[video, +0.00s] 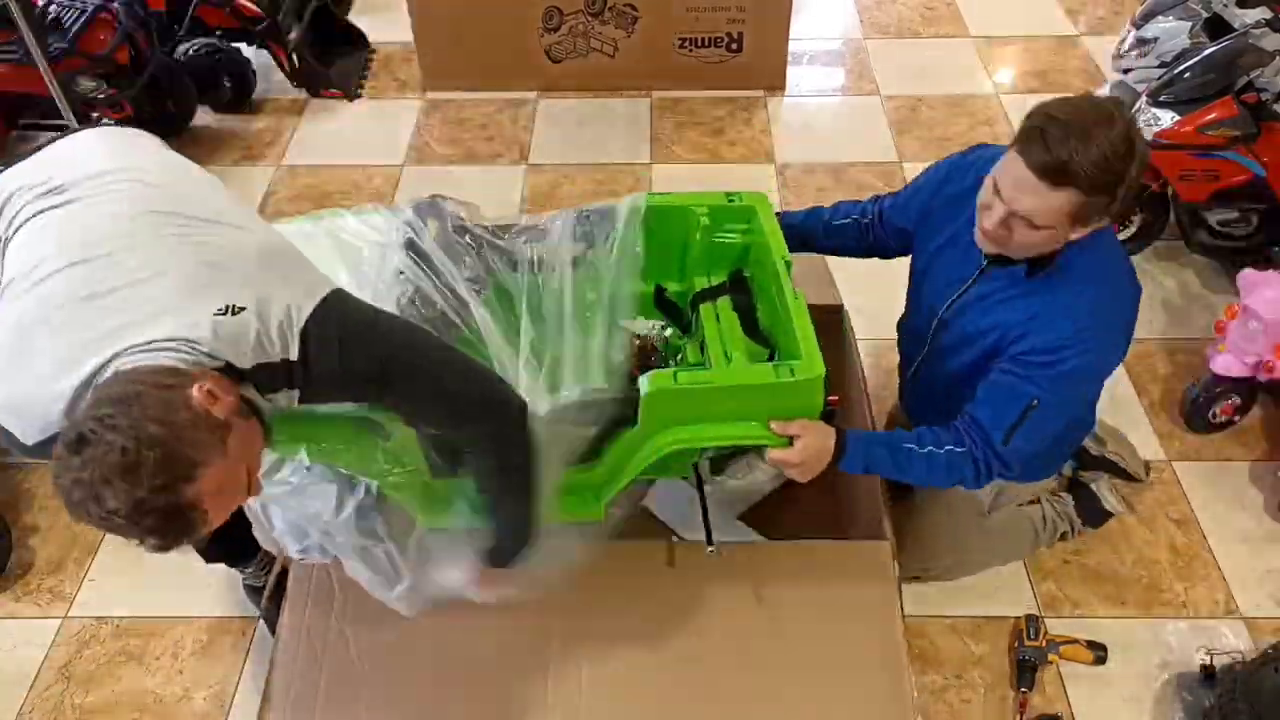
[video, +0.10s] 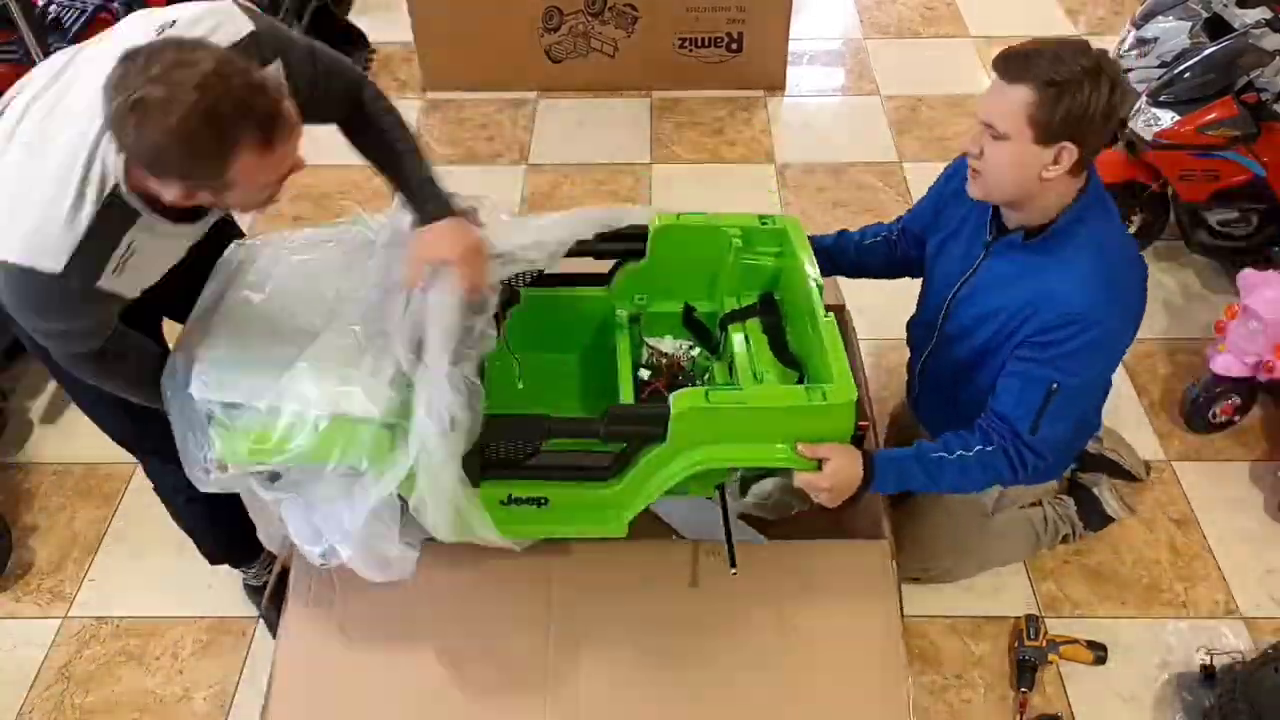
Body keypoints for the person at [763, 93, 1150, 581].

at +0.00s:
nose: (992, 219)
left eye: (1024, 222)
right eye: (996, 190)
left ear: (1083, 228)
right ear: (1005, 156)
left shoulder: (1081, 321)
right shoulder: (974, 172)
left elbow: (980, 449)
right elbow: (878, 224)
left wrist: (841, 450)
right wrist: (768, 232)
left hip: (995, 453)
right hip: (924, 392)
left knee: (913, 555)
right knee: (891, 486)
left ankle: (1073, 507)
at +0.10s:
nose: (970, 146)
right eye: (978, 127)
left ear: (1058, 160)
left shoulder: (1090, 297)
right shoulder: (976, 179)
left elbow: (1013, 449)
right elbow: (908, 243)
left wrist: (870, 470)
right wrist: (801, 253)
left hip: (998, 451)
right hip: (929, 396)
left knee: (915, 557)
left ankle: (1077, 506)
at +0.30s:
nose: (962, 103)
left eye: (982, 92)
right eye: (970, 85)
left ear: (1042, 115)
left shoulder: (1087, 263)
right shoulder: (972, 153)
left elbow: (1058, 411)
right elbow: (942, 245)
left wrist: (932, 448)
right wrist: (852, 238)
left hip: (992, 421)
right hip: (915, 358)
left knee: (918, 555)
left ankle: (1078, 505)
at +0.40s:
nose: (950, 109)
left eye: (974, 98)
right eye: (953, 88)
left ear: (1038, 114)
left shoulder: (1075, 248)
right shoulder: (969, 148)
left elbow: (1049, 401)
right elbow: (937, 243)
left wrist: (923, 429)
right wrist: (848, 236)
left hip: (996, 420)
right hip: (924, 365)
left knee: (918, 554)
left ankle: (1080, 512)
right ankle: (1046, 449)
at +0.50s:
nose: (945, 109)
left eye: (968, 98)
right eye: (949, 88)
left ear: (1032, 113)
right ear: (948, 70)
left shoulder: (1069, 244)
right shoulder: (966, 143)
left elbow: (1050, 398)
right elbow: (940, 245)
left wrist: (924, 430)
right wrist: (854, 242)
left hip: (997, 418)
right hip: (923, 362)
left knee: (920, 556)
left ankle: (1079, 514)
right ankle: (1044, 449)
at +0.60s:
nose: (977, 183)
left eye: (997, 176)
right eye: (982, 165)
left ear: (1068, 190)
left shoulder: (1120, 332)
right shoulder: (1002, 207)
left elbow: (1065, 480)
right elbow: (956, 256)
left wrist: (931, 507)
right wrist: (877, 244)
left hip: (1029, 477)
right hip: (944, 415)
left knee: (954, 602)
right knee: (806, 507)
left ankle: (1104, 517)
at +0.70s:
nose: (983, 159)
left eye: (997, 150)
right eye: (989, 144)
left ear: (1054, 171)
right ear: (1053, 170)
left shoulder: (1125, 325)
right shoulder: (1029, 199)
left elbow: (1081, 490)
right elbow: (981, 268)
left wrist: (949, 557)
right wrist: (890, 283)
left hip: (1033, 489)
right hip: (956, 418)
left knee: (952, 606)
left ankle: (1110, 525)